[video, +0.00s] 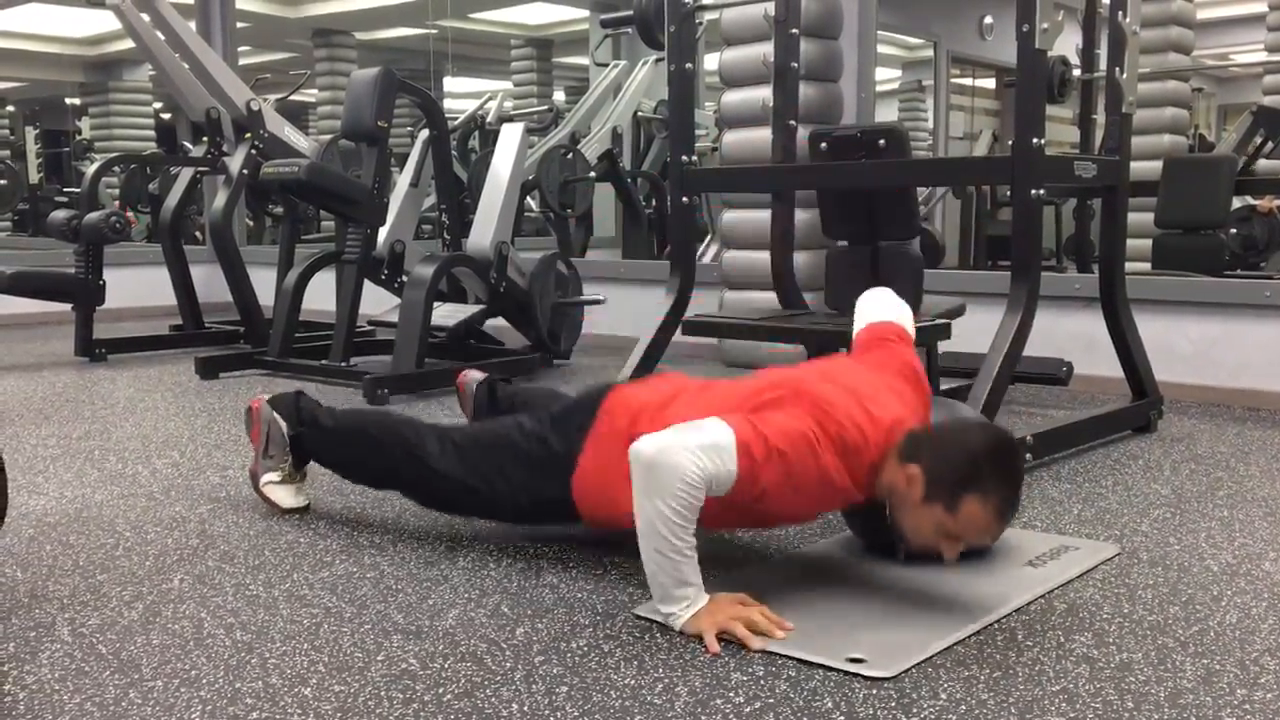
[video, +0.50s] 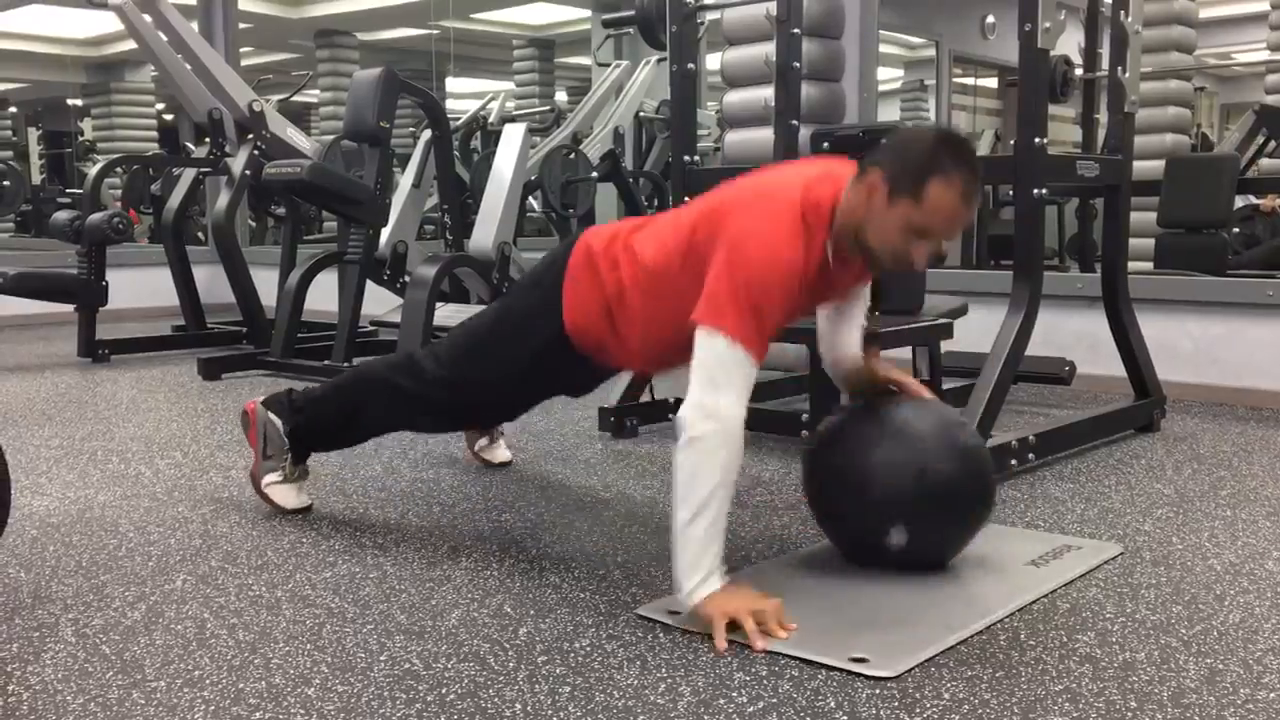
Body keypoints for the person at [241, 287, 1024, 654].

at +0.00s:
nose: (941, 555)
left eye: (961, 550)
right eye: (945, 543)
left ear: (948, 449)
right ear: (912, 484)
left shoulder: (902, 385)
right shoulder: (816, 440)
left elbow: (880, 304)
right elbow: (666, 463)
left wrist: (877, 467)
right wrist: (686, 599)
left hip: (651, 402)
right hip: (599, 454)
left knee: (565, 411)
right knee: (445, 463)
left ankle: (484, 387)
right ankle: (289, 423)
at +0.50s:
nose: (927, 258)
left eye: (941, 244)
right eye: (924, 237)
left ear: (909, 205)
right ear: (874, 189)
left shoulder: (864, 219)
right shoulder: (776, 230)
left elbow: (837, 303)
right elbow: (714, 411)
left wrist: (857, 365)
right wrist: (704, 584)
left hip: (633, 314)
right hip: (585, 291)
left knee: (529, 377)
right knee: (440, 384)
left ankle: (476, 415)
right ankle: (284, 424)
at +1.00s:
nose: (995, 525)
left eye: (1010, 519)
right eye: (991, 512)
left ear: (970, 460)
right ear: (947, 459)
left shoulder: (959, 418)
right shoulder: (867, 401)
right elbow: (732, 308)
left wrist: (954, 509)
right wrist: (725, 442)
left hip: (692, 452)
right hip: (657, 437)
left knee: (579, 422)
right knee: (488, 462)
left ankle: (483, 381)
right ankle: (319, 420)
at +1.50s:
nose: (937, 239)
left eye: (952, 227)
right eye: (932, 216)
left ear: (952, 213)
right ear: (889, 172)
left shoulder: (899, 242)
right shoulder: (792, 196)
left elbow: (925, 356)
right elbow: (723, 347)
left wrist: (955, 468)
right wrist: (838, 350)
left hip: (644, 326)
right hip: (600, 286)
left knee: (536, 377)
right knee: (454, 375)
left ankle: (480, 414)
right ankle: (297, 424)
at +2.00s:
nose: (938, 552)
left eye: (958, 548)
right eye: (944, 538)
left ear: (946, 443)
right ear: (914, 479)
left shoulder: (899, 382)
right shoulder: (811, 458)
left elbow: (883, 288)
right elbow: (674, 476)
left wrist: (890, 428)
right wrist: (693, 604)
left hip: (661, 420)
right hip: (607, 471)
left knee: (567, 429)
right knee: (451, 475)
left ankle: (489, 399)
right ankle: (298, 425)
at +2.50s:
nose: (893, 195)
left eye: (907, 180)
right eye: (886, 171)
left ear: (893, 162)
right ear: (832, 133)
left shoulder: (843, 184)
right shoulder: (743, 185)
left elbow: (844, 294)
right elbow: (709, 372)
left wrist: (816, 365)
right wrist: (742, 543)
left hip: (615, 301)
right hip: (561, 272)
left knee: (519, 376)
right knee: (430, 379)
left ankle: (463, 418)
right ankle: (275, 428)